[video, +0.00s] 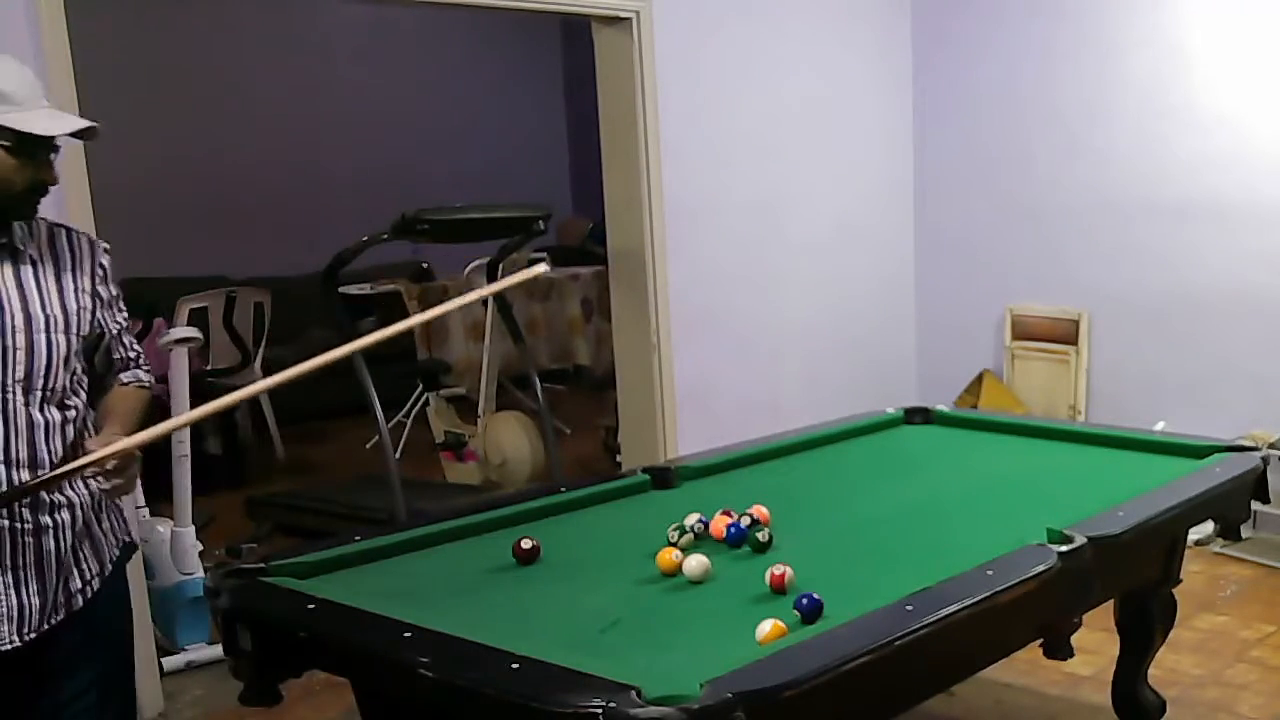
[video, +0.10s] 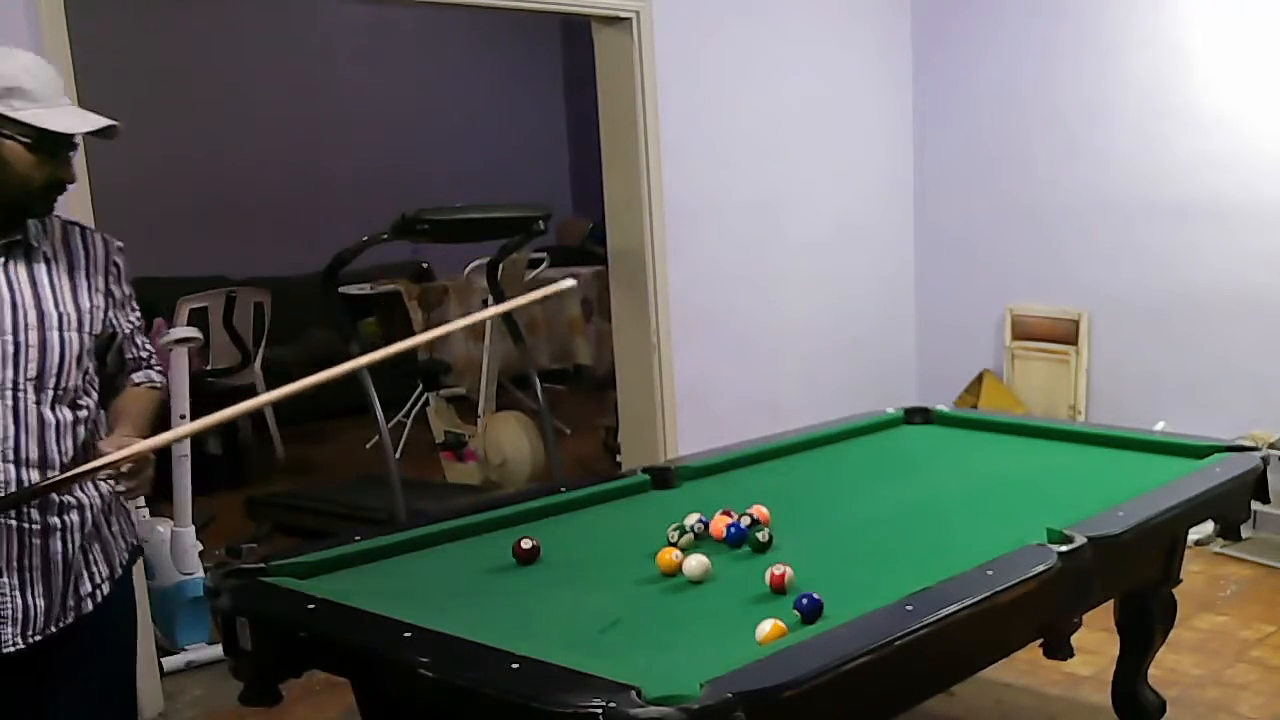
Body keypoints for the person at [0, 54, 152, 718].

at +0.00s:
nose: (53, 170)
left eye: (53, 150)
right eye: (33, 151)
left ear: (54, 152)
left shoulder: (81, 256)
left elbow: (129, 370)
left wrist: (113, 436)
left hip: (81, 577)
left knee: (99, 707)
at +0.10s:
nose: (72, 168)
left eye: (72, 147)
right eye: (47, 146)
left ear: (76, 144)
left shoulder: (95, 255)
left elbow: (142, 368)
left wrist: (123, 437)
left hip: (87, 585)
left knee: (103, 711)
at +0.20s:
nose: (86, 167)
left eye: (86, 148)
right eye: (65, 146)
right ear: (2, 142)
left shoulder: (110, 261)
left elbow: (153, 375)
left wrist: (141, 440)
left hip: (98, 589)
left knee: (112, 711)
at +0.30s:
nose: (98, 173)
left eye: (100, 152)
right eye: (79, 150)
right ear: (10, 142)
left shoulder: (119, 263)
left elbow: (161, 381)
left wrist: (149, 443)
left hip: (103, 607)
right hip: (5, 616)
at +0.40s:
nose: (106, 174)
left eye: (107, 151)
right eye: (87, 149)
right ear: (12, 145)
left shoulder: (126, 262)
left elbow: (164, 384)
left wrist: (158, 440)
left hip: (109, 611)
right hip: (4, 618)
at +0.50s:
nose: (115, 171)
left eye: (116, 149)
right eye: (96, 149)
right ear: (19, 142)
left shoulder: (132, 262)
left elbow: (172, 388)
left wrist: (164, 446)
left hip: (118, 616)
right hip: (9, 625)